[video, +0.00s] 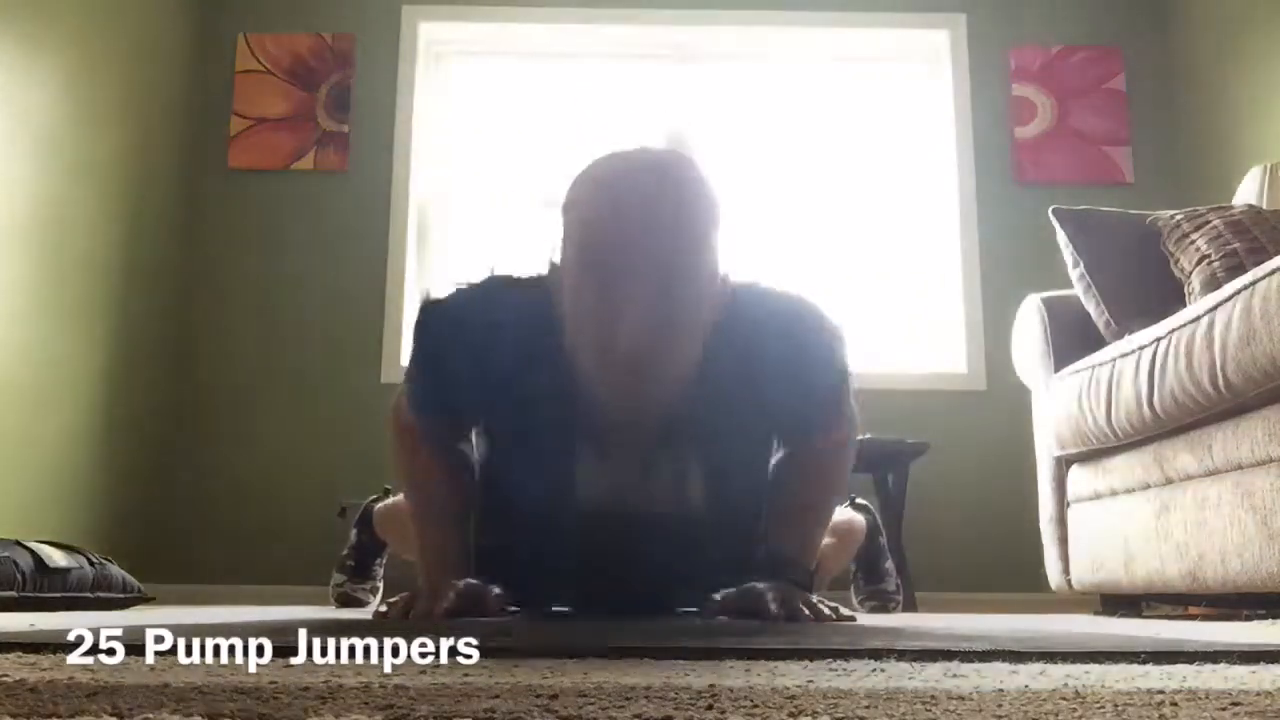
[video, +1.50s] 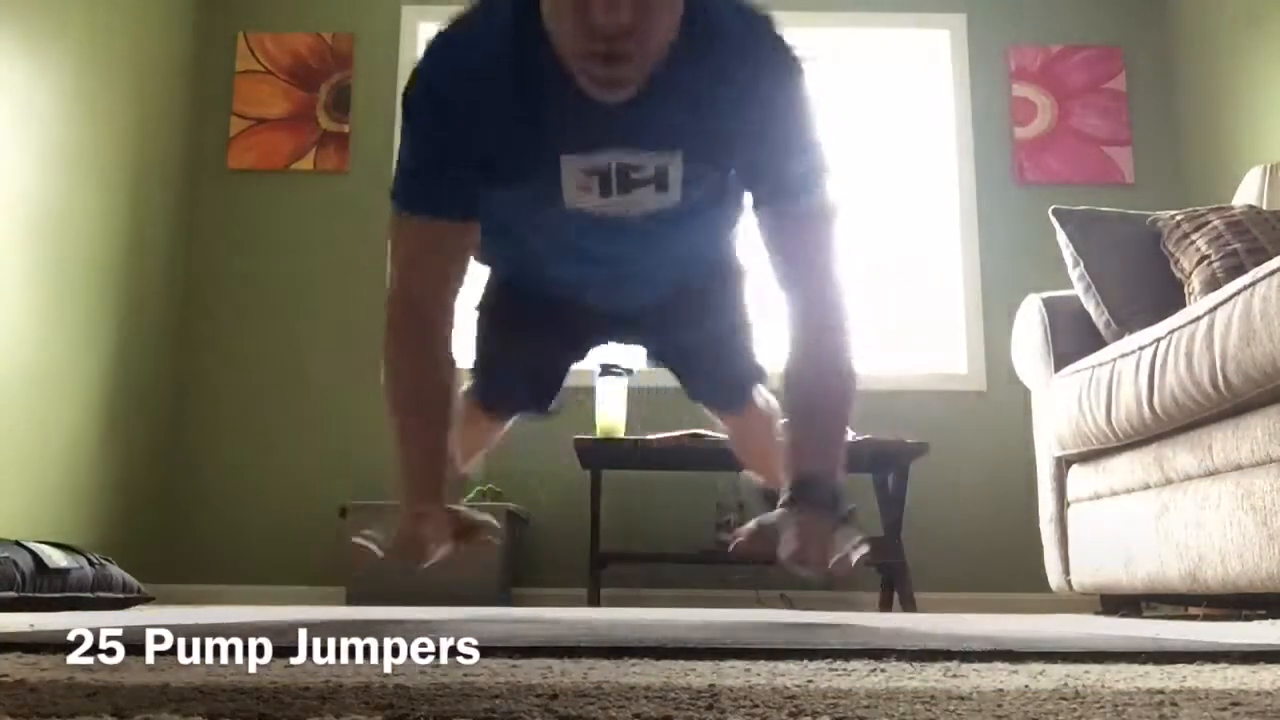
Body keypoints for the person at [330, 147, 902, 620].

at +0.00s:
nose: (628, 337)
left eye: (662, 306)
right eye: (604, 297)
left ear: (715, 281)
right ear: (563, 268)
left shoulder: (790, 340)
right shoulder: (471, 329)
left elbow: (826, 434)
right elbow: (421, 426)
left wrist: (778, 576)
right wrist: (446, 584)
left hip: (706, 585)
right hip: (531, 580)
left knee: (842, 534)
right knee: (402, 524)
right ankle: (382, 521)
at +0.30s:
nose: (637, 18)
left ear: (714, 6)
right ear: (565, 2)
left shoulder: (767, 90)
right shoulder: (485, 84)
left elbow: (822, 326)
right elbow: (417, 312)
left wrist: (811, 527)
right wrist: (423, 530)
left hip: (692, 317)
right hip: (545, 315)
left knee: (725, 416)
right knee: (511, 415)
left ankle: (748, 494)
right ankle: (473, 470)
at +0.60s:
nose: (611, 273)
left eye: (644, 232)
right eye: (579, 233)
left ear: (691, 228)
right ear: (533, 229)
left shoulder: (756, 286)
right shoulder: (458, 286)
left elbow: (951, 383)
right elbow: (308, 392)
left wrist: (939, 578)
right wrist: (310, 579)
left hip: (678, 501)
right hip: (543, 498)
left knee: (664, 541)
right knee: (566, 531)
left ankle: (643, 563)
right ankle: (578, 565)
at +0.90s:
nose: (603, 498)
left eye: (645, 448)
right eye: (566, 446)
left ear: (704, 412)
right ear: (514, 410)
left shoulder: (772, 425)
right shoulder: (449, 421)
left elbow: (936, 376)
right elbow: (308, 371)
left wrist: (935, 576)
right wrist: (312, 575)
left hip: (694, 586)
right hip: (511, 591)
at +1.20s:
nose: (619, 180)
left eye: (653, 140)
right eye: (588, 140)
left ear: (695, 135)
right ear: (543, 134)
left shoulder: (763, 231)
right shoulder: (460, 235)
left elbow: (929, 392)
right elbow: (317, 391)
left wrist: (933, 576)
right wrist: (314, 576)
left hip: (678, 463)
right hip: (548, 466)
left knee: (657, 530)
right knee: (570, 532)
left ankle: (635, 563)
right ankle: (585, 564)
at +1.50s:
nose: (608, 18)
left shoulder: (746, 57)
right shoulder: (467, 65)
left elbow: (816, 296)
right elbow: (419, 300)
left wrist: (814, 499)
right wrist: (423, 501)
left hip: (689, 287)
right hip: (537, 291)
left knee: (738, 401)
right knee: (490, 406)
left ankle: (795, 503)